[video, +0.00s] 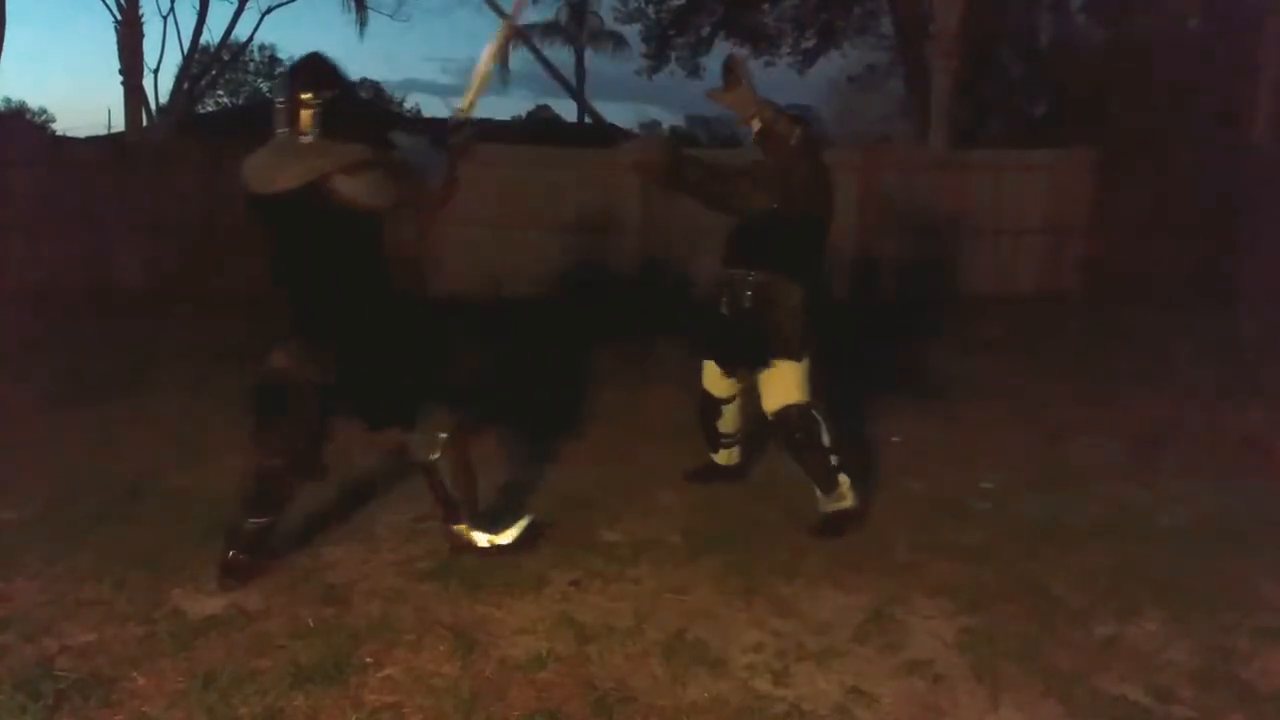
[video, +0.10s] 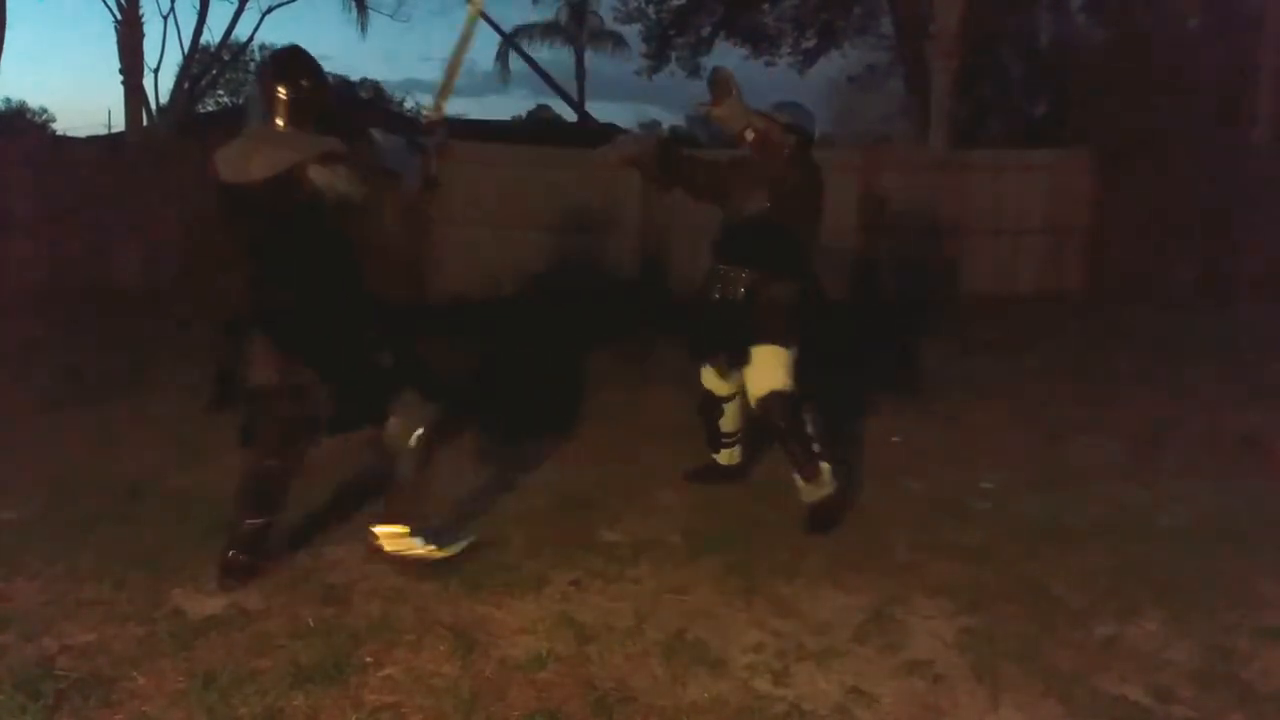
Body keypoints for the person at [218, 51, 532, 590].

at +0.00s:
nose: (348, 112)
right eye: (345, 103)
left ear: (287, 113)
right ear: (341, 109)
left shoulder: (260, 175)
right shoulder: (351, 174)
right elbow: (420, 197)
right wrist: (446, 154)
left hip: (298, 326)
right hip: (366, 323)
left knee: (283, 433)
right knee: (429, 408)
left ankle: (245, 543)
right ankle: (466, 522)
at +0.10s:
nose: (318, 99)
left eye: (307, 91)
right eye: (315, 90)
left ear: (263, 98)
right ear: (313, 96)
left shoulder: (229, 164)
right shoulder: (324, 160)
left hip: (260, 310)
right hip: (320, 310)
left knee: (271, 422)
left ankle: (245, 543)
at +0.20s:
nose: (308, 86)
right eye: (303, 78)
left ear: (246, 87)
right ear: (298, 84)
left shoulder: (210, 162)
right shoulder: (309, 155)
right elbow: (379, 190)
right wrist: (414, 138)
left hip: (247, 310)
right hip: (310, 311)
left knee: (265, 425)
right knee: (392, 410)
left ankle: (242, 547)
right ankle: (330, 536)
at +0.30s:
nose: (296, 88)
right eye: (293, 79)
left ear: (231, 89)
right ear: (292, 86)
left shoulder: (200, 162)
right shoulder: (306, 160)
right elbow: (383, 192)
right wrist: (403, 129)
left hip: (243, 315)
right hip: (307, 316)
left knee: (262, 446)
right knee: (368, 431)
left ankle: (233, 574)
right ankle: (260, 575)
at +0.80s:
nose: (281, 96)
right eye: (280, 85)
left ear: (223, 95)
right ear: (283, 92)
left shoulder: (205, 158)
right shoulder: (299, 165)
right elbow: (384, 161)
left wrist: (324, 78)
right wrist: (383, 107)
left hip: (242, 327)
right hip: (297, 331)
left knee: (266, 457)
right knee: (299, 462)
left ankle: (239, 567)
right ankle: (239, 604)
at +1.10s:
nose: (305, 94)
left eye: (301, 82)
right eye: (294, 82)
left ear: (252, 82)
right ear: (273, 83)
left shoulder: (231, 136)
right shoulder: (277, 155)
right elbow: (359, 163)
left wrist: (361, 64)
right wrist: (410, 92)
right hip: (268, 321)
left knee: (323, 426)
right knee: (272, 449)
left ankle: (324, 524)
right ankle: (219, 576)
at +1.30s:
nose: (317, 97)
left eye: (314, 84)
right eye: (306, 84)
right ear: (290, 85)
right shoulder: (264, 146)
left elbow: (333, 102)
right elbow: (390, 160)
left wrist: (380, 62)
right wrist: (464, 103)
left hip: (326, 310)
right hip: (279, 315)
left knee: (362, 411)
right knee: (280, 442)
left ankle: (371, 510)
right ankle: (220, 574)